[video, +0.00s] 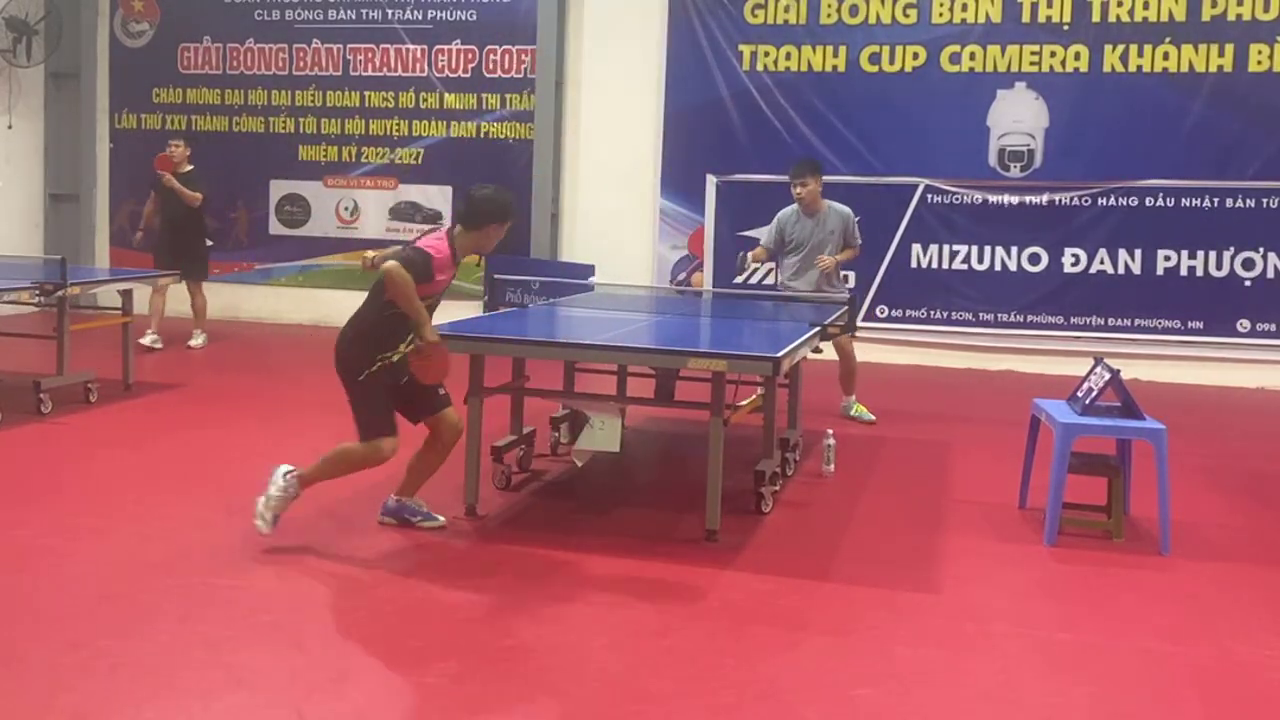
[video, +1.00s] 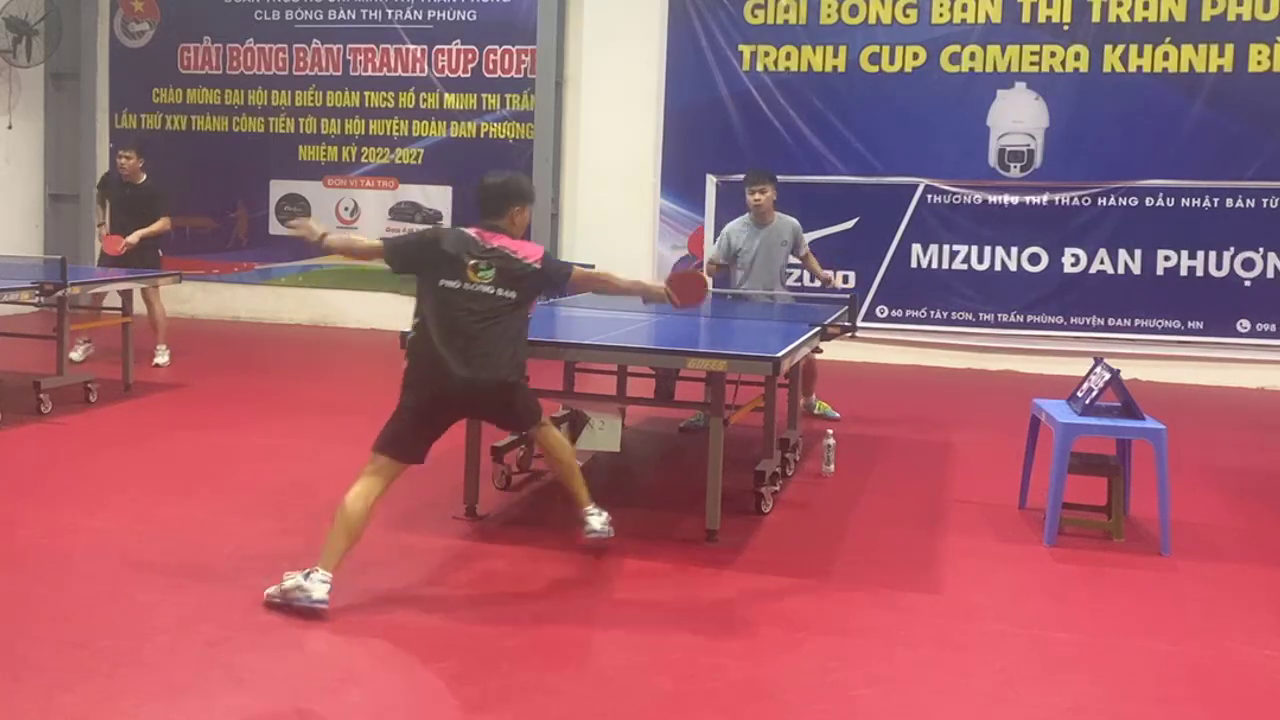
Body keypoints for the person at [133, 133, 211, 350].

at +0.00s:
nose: (172, 150)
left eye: (176, 147)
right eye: (169, 147)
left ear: (188, 151)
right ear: (166, 151)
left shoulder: (196, 175)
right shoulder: (162, 176)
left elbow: (197, 200)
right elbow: (151, 203)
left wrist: (173, 184)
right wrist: (142, 229)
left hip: (192, 240)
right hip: (166, 238)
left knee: (194, 288)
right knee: (159, 286)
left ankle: (199, 332)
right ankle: (153, 333)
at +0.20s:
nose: (155, 152)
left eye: (160, 148)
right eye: (153, 148)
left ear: (171, 153)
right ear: (150, 152)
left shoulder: (180, 179)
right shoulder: (147, 180)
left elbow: (187, 210)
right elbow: (134, 210)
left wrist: (161, 206)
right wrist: (125, 230)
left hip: (175, 243)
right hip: (148, 243)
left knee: (178, 289)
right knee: (143, 290)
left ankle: (196, 325)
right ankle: (142, 337)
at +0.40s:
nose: (143, 148)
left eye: (149, 144)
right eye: (141, 144)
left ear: (160, 149)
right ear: (137, 149)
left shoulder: (172, 177)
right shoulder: (131, 177)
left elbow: (185, 211)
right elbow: (122, 206)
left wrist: (164, 224)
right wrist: (111, 233)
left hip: (162, 243)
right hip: (135, 244)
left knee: (164, 286)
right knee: (136, 291)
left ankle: (175, 329)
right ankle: (141, 337)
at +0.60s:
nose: (138, 151)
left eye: (143, 146)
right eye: (135, 146)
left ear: (154, 151)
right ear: (131, 149)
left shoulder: (167, 180)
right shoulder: (123, 177)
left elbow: (183, 212)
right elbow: (112, 205)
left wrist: (163, 225)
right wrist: (103, 222)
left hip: (158, 248)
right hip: (130, 248)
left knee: (160, 293)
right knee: (134, 295)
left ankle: (165, 341)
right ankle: (141, 339)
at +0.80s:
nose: (134, 157)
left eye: (139, 152)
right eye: (131, 152)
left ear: (152, 156)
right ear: (128, 155)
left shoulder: (164, 185)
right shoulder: (123, 182)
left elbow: (177, 220)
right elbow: (113, 207)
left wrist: (153, 232)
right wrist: (104, 228)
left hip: (153, 251)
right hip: (124, 251)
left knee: (155, 295)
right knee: (122, 295)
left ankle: (162, 346)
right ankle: (126, 340)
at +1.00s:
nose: (121, 162)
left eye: (127, 158)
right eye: (119, 158)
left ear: (140, 162)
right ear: (115, 159)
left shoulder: (152, 190)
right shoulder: (110, 180)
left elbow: (165, 223)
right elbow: (100, 200)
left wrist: (139, 234)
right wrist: (101, 224)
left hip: (143, 250)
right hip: (113, 247)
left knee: (150, 295)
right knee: (96, 294)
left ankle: (161, 346)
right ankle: (85, 341)